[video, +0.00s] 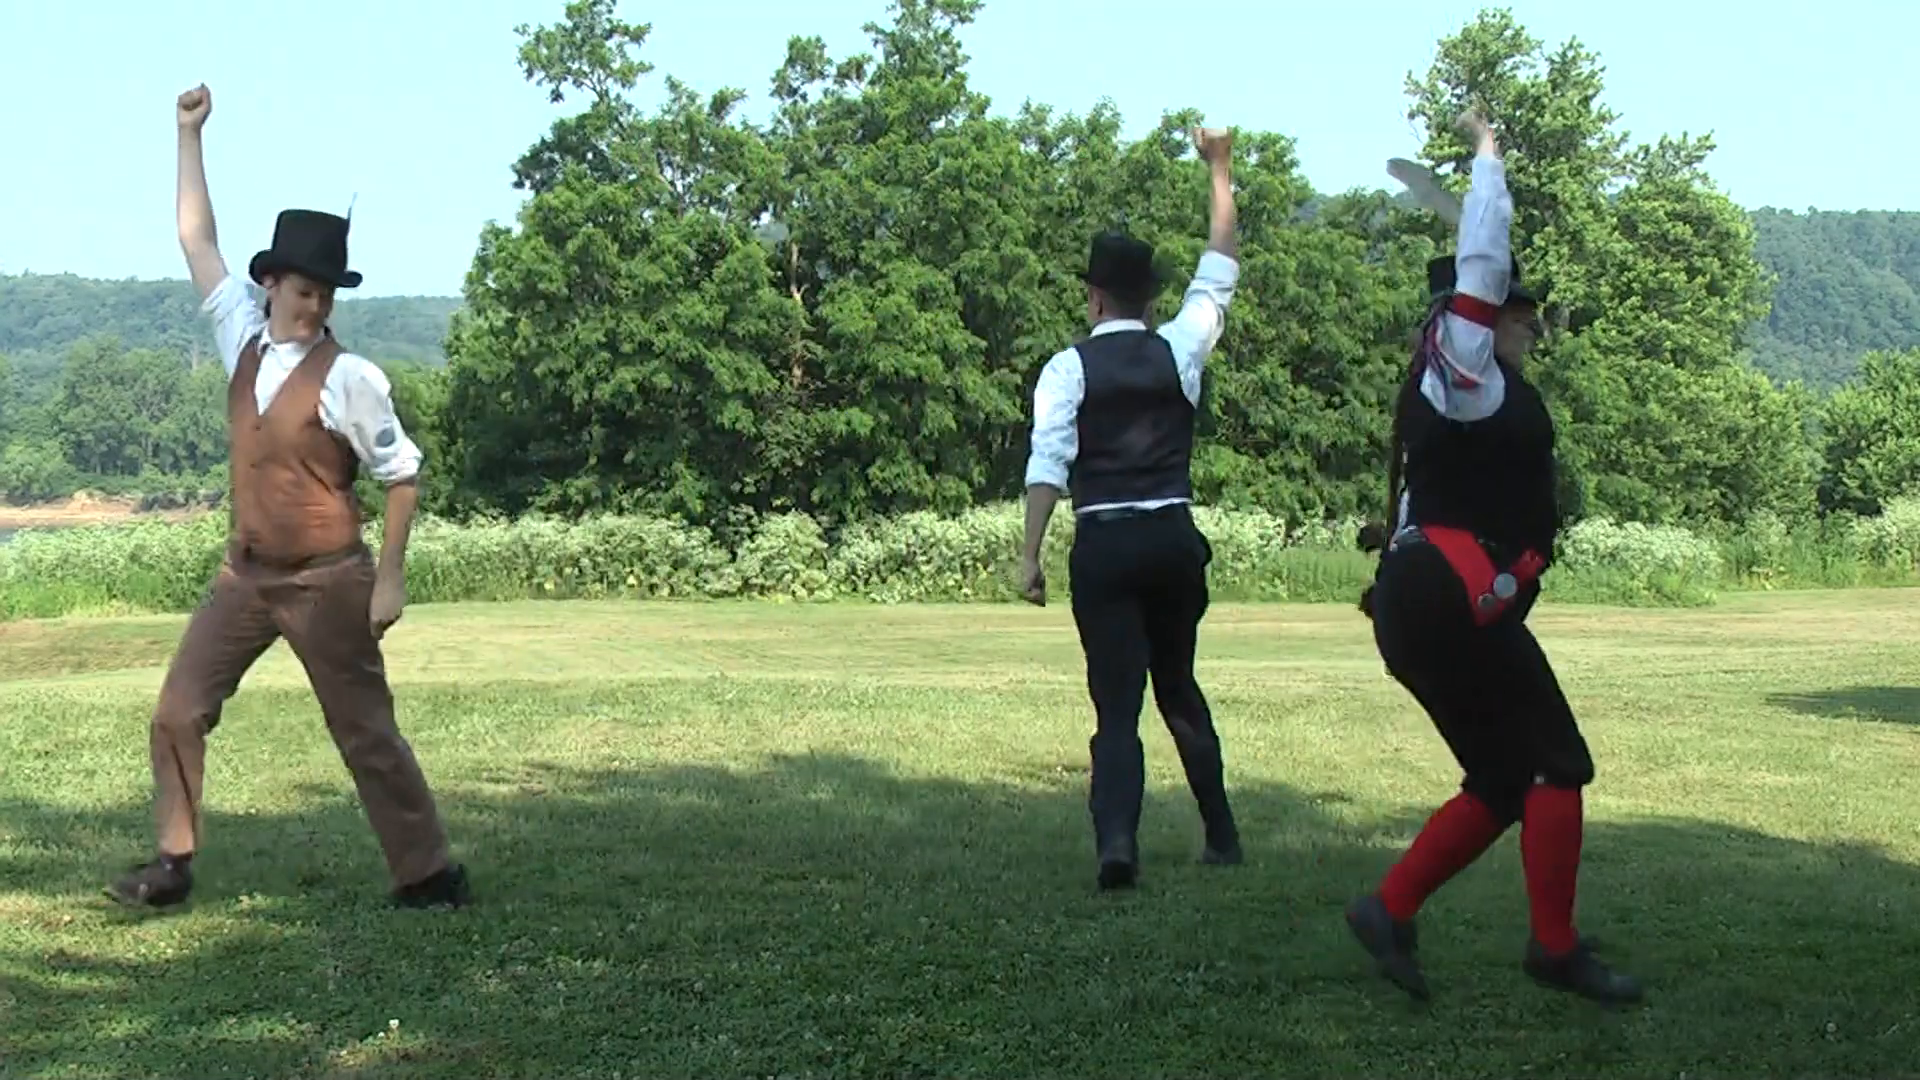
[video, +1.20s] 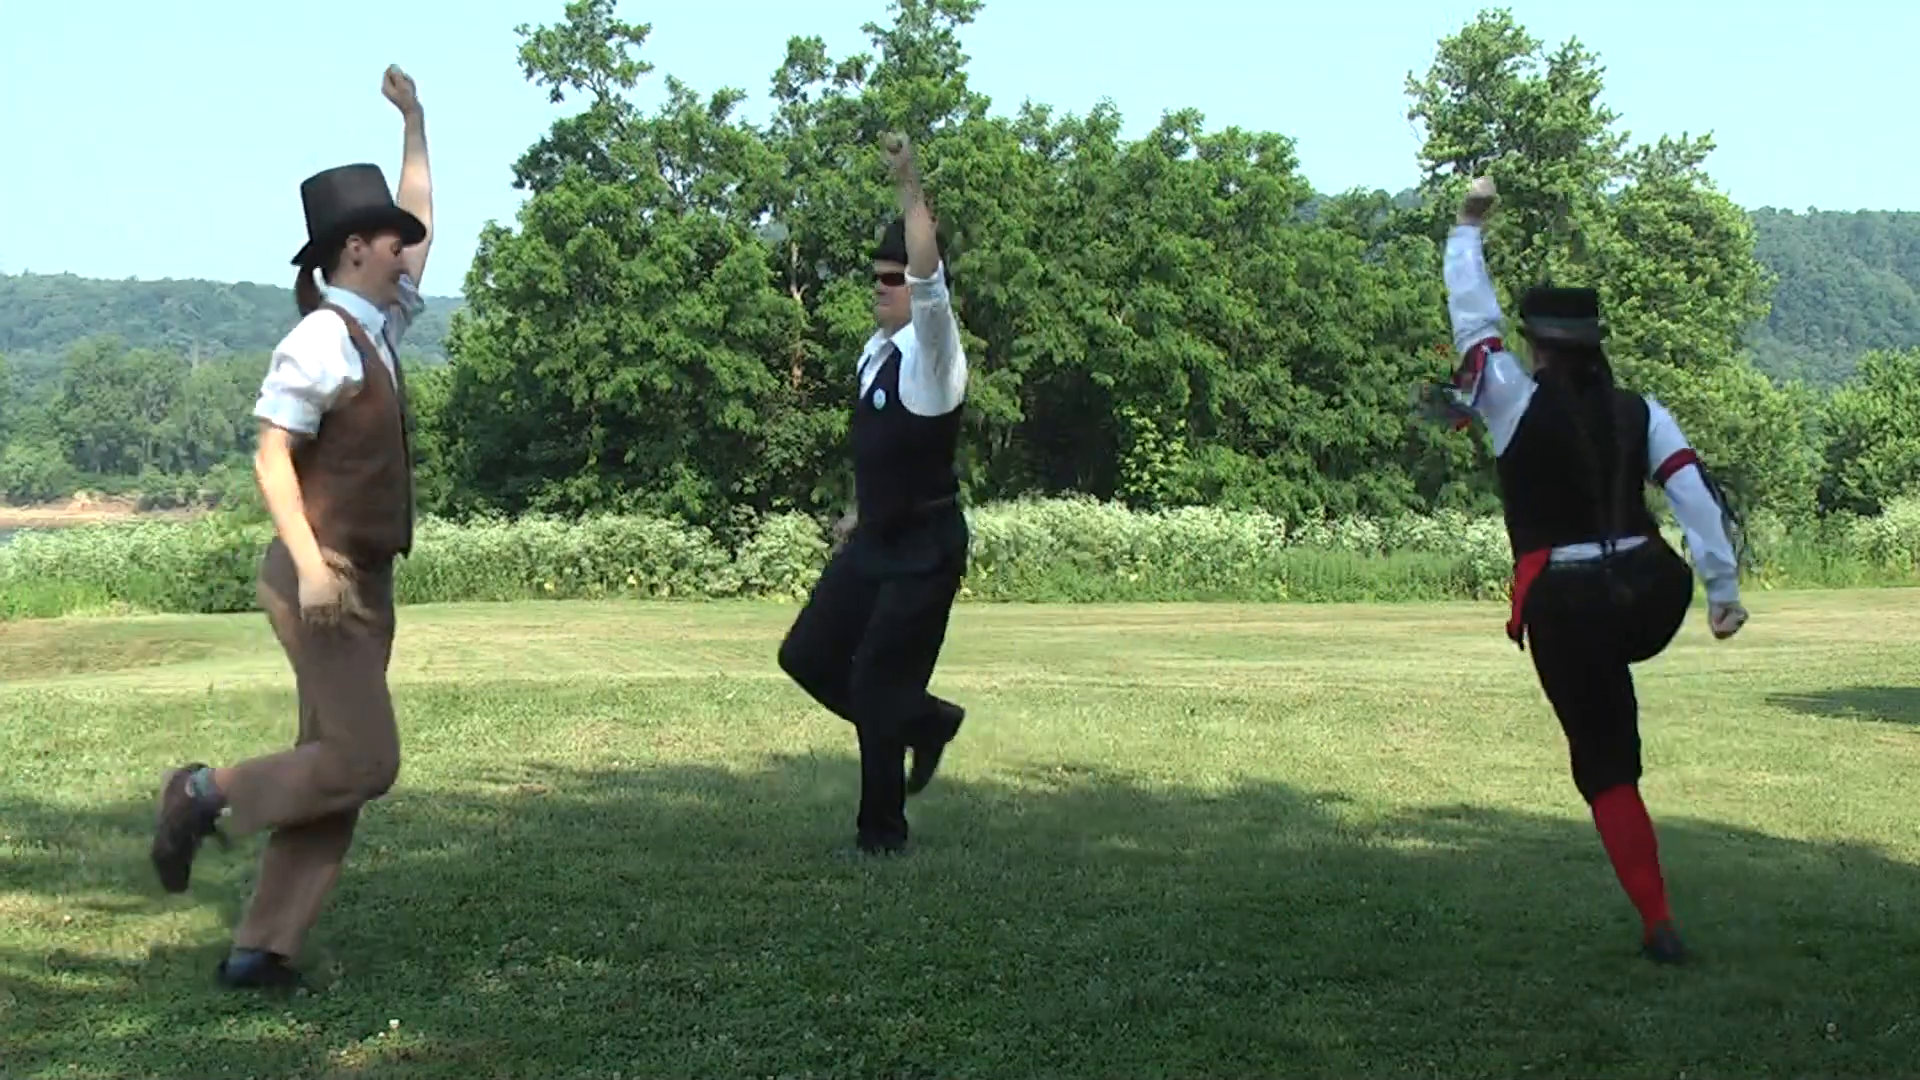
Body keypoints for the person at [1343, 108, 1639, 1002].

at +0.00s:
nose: (1536, 331)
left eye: (1535, 320)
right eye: (1525, 320)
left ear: (1496, 326)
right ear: (1487, 318)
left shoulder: (1485, 387)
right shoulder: (1463, 369)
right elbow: (1481, 251)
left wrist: (1445, 200)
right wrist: (1487, 150)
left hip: (1425, 597)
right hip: (1451, 592)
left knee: (1502, 785)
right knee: (1559, 762)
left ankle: (1387, 911)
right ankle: (1555, 947)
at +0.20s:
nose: (1591, 370)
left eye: (1587, 358)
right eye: (1584, 356)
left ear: (1512, 364)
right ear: (1568, 362)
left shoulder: (1467, 447)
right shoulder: (1572, 417)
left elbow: (1430, 549)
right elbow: (1616, 303)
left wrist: (1410, 643)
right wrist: (1581, 208)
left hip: (1469, 646)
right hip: (1545, 642)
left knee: (1644, 748)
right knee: (1608, 807)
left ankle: (1693, 915)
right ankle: (1543, 990)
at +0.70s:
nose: (1651, 374)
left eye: (1625, 364)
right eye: (1658, 363)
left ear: (1600, 372)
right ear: (1670, 366)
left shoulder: (1557, 459)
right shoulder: (1705, 425)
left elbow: (1532, 564)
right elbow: (1751, 329)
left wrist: (1512, 652)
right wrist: (1693, 250)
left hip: (1585, 650)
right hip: (1690, 641)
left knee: (1674, 723)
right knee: (1694, 808)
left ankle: (1699, 846)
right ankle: (1679, 981)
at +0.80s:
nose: (1610, 353)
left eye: (1600, 344)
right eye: (1633, 344)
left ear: (1593, 353)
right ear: (1660, 348)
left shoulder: (1560, 435)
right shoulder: (1706, 408)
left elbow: (1498, 528)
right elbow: (1783, 356)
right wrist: (1723, 301)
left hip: (1602, 622)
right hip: (1701, 610)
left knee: (1642, 722)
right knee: (1700, 775)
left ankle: (1686, 851)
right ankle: (1694, 951)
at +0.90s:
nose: (1589, 360)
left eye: (1582, 351)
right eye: (1616, 348)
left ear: (1577, 356)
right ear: (1641, 350)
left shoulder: (1546, 430)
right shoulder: (1692, 414)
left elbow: (1441, 450)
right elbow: (1775, 485)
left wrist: (1465, 367)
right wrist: (1775, 454)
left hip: (1594, 607)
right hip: (1693, 599)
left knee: (1633, 760)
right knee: (1713, 756)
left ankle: (1671, 919)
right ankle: (1721, 895)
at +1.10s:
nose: (1547, 391)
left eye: (1549, 381)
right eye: (1559, 378)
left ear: (1551, 389)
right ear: (1613, 382)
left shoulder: (1532, 443)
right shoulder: (1661, 444)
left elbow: (1486, 361)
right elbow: (1699, 526)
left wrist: (1473, 263)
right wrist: (1717, 618)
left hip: (1580, 634)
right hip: (1667, 624)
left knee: (1614, 784)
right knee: (1662, 750)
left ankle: (1667, 940)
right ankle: (1694, 888)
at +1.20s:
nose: (1531, 355)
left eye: (1535, 344)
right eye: (1543, 344)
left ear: (1538, 353)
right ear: (1598, 351)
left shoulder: (1513, 399)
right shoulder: (1642, 411)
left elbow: (1473, 318)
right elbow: (1694, 496)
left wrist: (1467, 227)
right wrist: (1723, 582)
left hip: (1561, 607)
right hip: (1651, 597)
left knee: (1604, 764)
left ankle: (1659, 926)